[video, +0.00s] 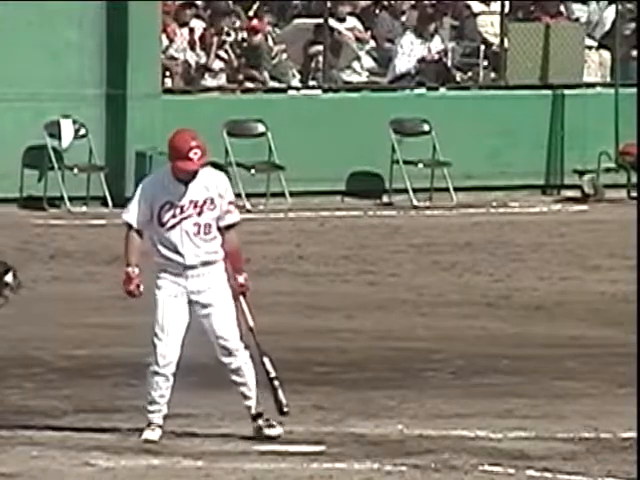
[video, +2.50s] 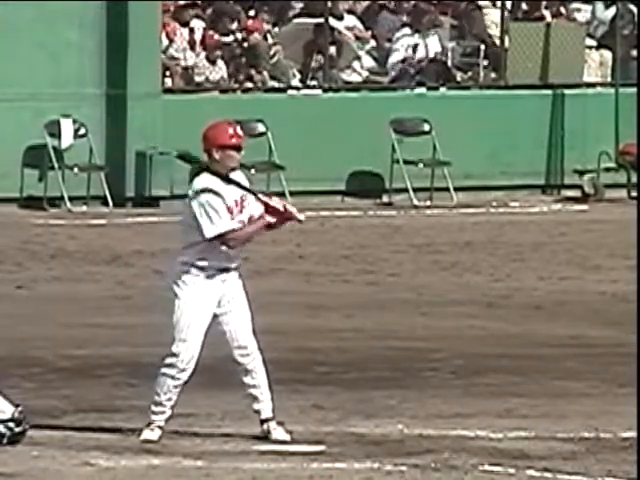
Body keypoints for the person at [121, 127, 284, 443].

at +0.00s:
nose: (195, 170)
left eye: (198, 164)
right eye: (188, 166)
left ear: (202, 157)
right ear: (172, 162)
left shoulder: (215, 180)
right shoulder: (151, 186)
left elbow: (229, 229)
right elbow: (134, 227)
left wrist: (239, 272)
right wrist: (132, 267)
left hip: (211, 275)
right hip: (170, 278)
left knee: (230, 345)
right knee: (164, 354)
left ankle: (257, 413)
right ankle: (154, 422)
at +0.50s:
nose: (230, 168)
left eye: (232, 163)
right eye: (225, 163)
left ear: (233, 160)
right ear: (209, 160)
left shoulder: (242, 187)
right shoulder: (180, 187)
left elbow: (253, 237)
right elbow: (161, 232)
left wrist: (264, 272)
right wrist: (178, 267)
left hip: (227, 279)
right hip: (188, 279)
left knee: (243, 351)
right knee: (171, 355)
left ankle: (268, 421)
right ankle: (155, 421)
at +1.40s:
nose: (218, 152)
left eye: (219, 146)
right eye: (211, 147)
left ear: (218, 149)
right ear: (193, 151)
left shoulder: (229, 184)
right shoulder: (167, 185)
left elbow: (232, 236)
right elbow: (147, 228)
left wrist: (221, 273)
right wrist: (161, 268)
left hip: (218, 277)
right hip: (178, 279)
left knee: (239, 350)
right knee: (167, 357)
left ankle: (267, 419)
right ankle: (154, 421)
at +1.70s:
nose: (222, 150)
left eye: (223, 145)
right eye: (215, 146)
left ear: (222, 147)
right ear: (196, 149)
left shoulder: (233, 183)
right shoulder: (169, 182)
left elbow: (227, 232)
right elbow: (154, 224)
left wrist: (193, 253)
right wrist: (162, 244)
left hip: (221, 277)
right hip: (184, 280)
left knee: (241, 351)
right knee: (169, 357)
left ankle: (267, 421)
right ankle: (154, 421)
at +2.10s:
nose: (225, 150)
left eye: (225, 144)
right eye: (218, 145)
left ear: (223, 147)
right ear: (199, 148)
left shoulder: (235, 180)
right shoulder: (175, 183)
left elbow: (248, 225)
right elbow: (162, 233)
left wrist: (221, 217)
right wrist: (187, 212)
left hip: (224, 276)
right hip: (186, 277)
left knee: (243, 351)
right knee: (173, 356)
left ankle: (268, 421)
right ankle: (155, 421)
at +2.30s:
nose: (231, 151)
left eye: (231, 145)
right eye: (224, 146)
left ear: (227, 149)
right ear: (206, 151)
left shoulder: (236, 177)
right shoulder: (188, 186)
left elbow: (259, 220)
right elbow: (194, 234)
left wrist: (249, 213)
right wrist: (220, 217)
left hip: (228, 277)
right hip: (192, 279)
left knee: (245, 350)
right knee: (178, 354)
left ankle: (268, 421)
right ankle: (156, 421)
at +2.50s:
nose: (238, 155)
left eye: (239, 148)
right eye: (232, 149)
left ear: (230, 152)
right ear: (214, 153)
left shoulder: (237, 178)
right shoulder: (204, 189)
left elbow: (251, 210)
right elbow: (231, 240)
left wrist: (276, 213)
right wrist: (265, 221)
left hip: (229, 276)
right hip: (197, 279)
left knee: (247, 350)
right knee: (184, 355)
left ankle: (268, 420)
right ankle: (156, 422)